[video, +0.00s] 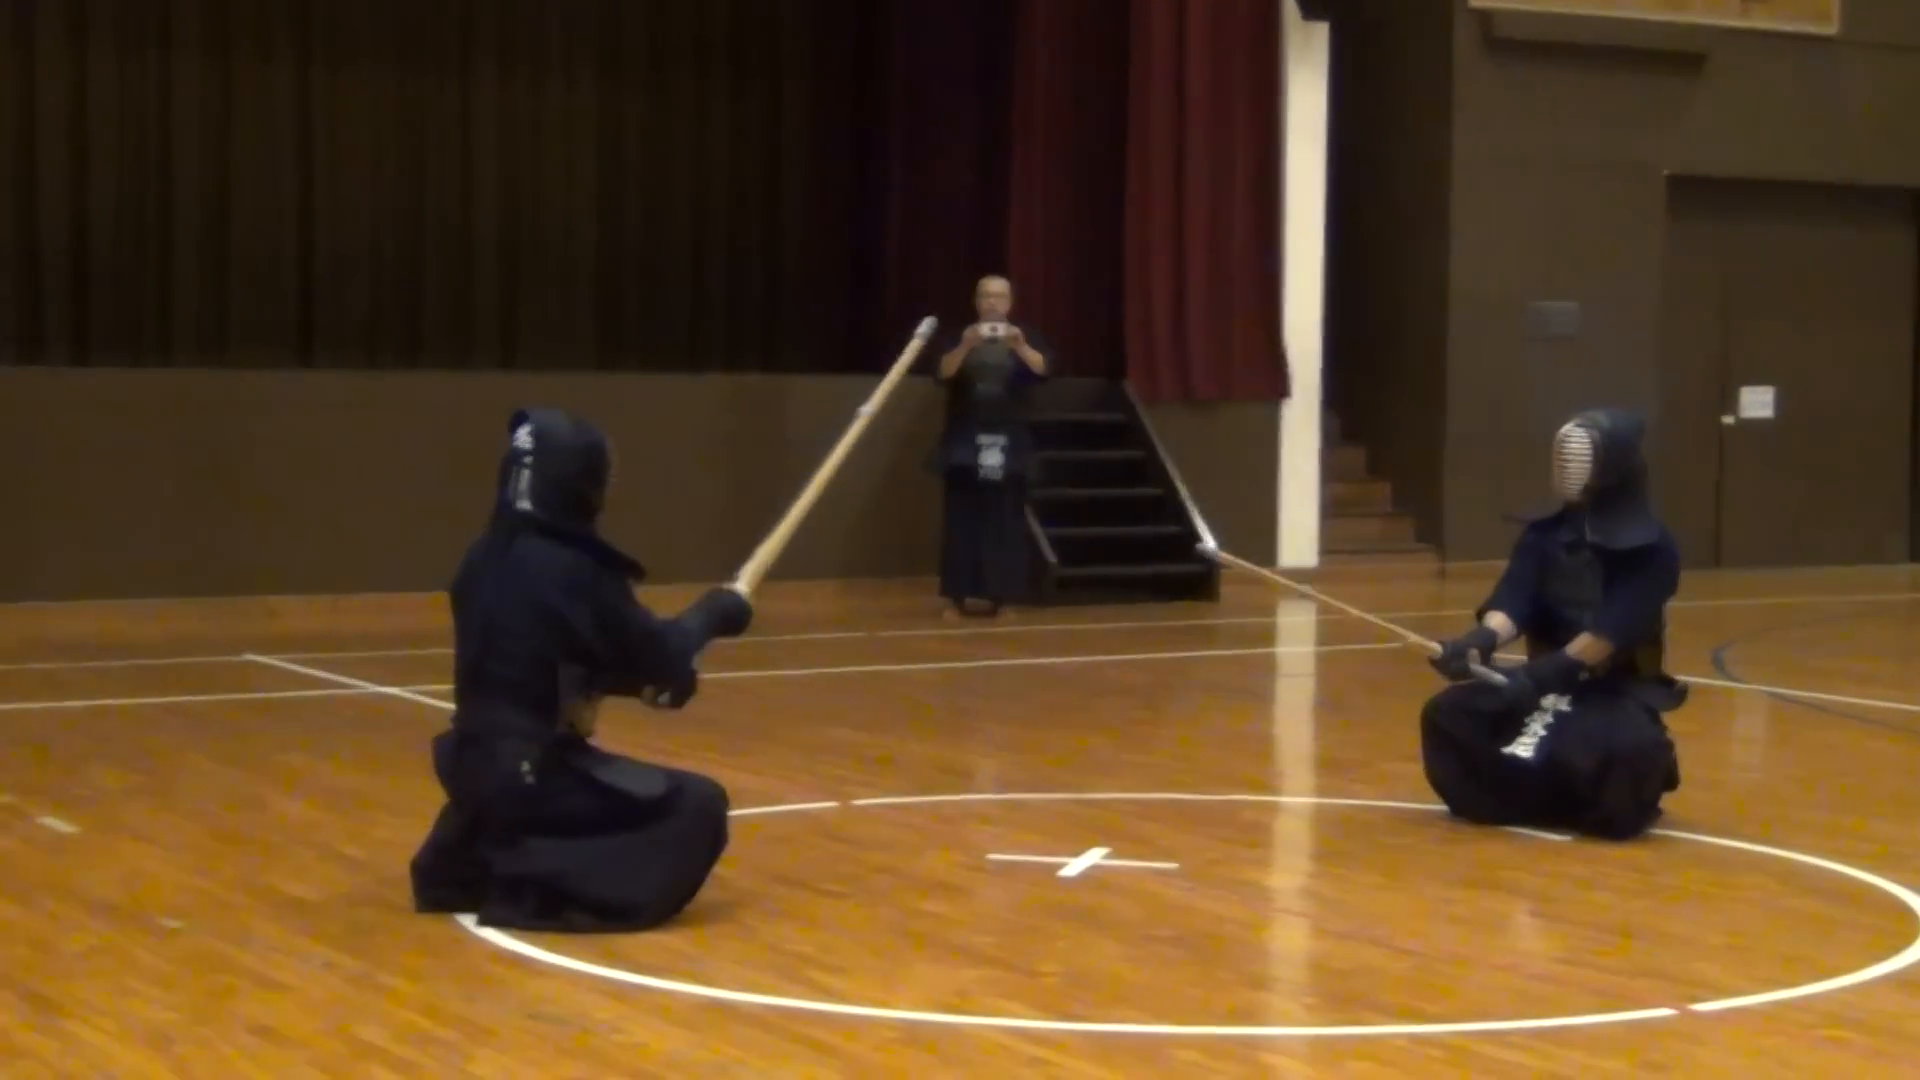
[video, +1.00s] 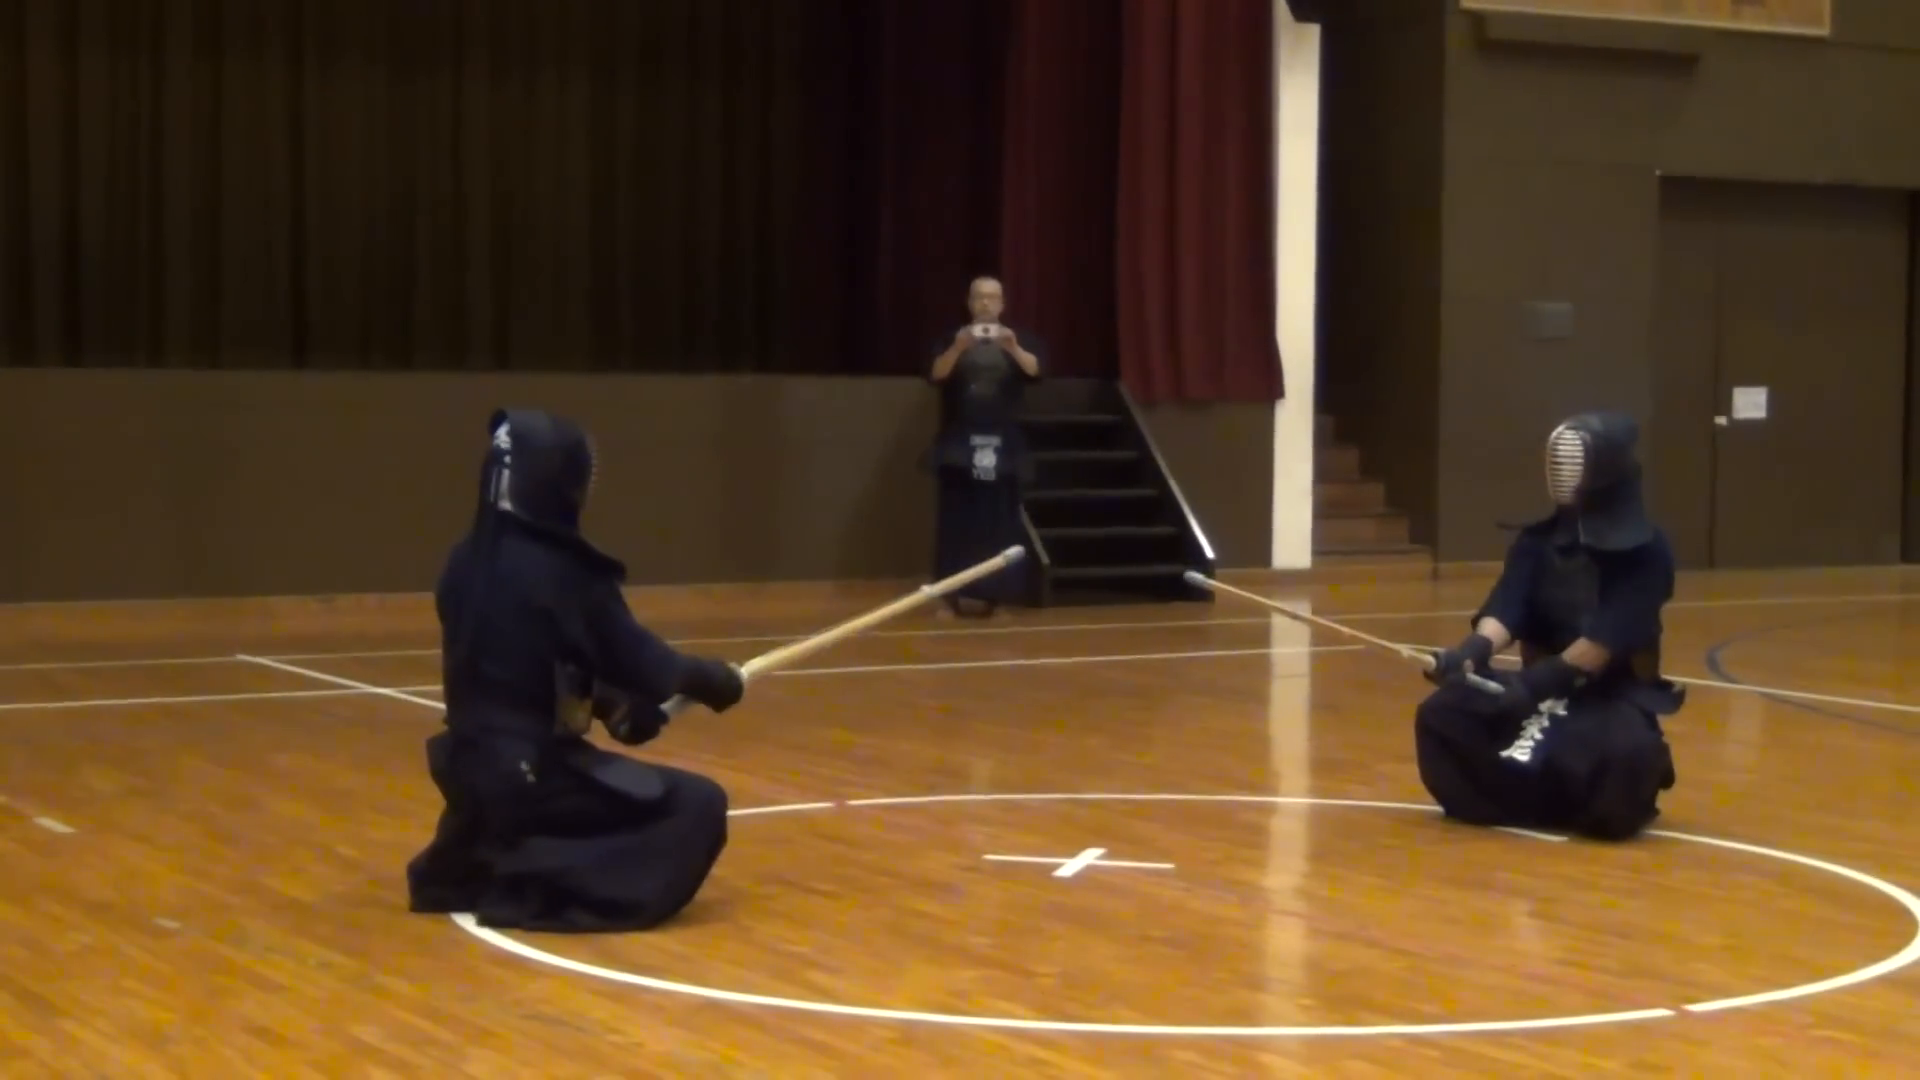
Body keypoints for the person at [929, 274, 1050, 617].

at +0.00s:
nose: (993, 303)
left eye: (1000, 297)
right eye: (987, 297)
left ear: (1010, 302)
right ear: (977, 301)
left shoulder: (1022, 339)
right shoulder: (963, 339)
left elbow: (1043, 369)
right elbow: (943, 372)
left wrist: (1018, 345)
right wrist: (967, 345)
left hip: (1007, 435)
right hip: (966, 434)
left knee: (1004, 512)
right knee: (962, 512)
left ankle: (1002, 596)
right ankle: (956, 593)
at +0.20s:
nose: (986, 303)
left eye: (993, 297)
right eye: (980, 297)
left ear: (1003, 302)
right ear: (970, 301)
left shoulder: (1018, 340)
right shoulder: (957, 339)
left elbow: (1037, 371)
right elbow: (937, 374)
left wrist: (1012, 346)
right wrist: (962, 345)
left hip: (1002, 435)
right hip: (961, 434)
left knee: (1000, 513)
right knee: (956, 512)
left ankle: (999, 598)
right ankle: (950, 595)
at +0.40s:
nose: (985, 299)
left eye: (992, 294)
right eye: (979, 293)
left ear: (1003, 298)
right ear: (969, 298)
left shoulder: (1016, 336)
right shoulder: (956, 335)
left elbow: (1035, 367)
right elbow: (937, 370)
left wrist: (1011, 343)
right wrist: (961, 343)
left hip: (1003, 434)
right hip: (960, 433)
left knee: (1000, 511)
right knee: (956, 511)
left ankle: (998, 593)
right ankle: (951, 591)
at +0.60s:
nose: (986, 303)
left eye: (993, 297)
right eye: (980, 297)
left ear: (1003, 302)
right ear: (970, 301)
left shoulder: (1015, 340)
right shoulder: (955, 338)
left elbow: (1035, 370)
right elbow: (936, 373)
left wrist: (1012, 347)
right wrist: (960, 345)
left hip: (1002, 436)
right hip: (960, 435)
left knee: (999, 512)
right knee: (956, 511)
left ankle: (995, 593)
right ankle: (951, 592)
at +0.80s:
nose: (986, 304)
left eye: (993, 298)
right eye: (980, 298)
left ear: (1003, 303)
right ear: (970, 302)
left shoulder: (1015, 340)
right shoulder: (955, 340)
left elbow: (1035, 371)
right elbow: (936, 374)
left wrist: (1012, 348)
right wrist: (960, 346)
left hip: (1002, 437)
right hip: (961, 437)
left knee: (999, 512)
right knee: (957, 512)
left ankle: (997, 594)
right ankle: (953, 594)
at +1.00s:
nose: (986, 304)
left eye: (992, 298)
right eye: (980, 298)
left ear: (1002, 302)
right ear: (970, 302)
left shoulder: (1016, 341)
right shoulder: (957, 340)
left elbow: (1035, 371)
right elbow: (937, 374)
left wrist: (1011, 347)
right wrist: (960, 346)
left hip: (1002, 437)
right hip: (961, 436)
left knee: (999, 513)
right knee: (957, 512)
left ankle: (997, 595)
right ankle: (950, 593)